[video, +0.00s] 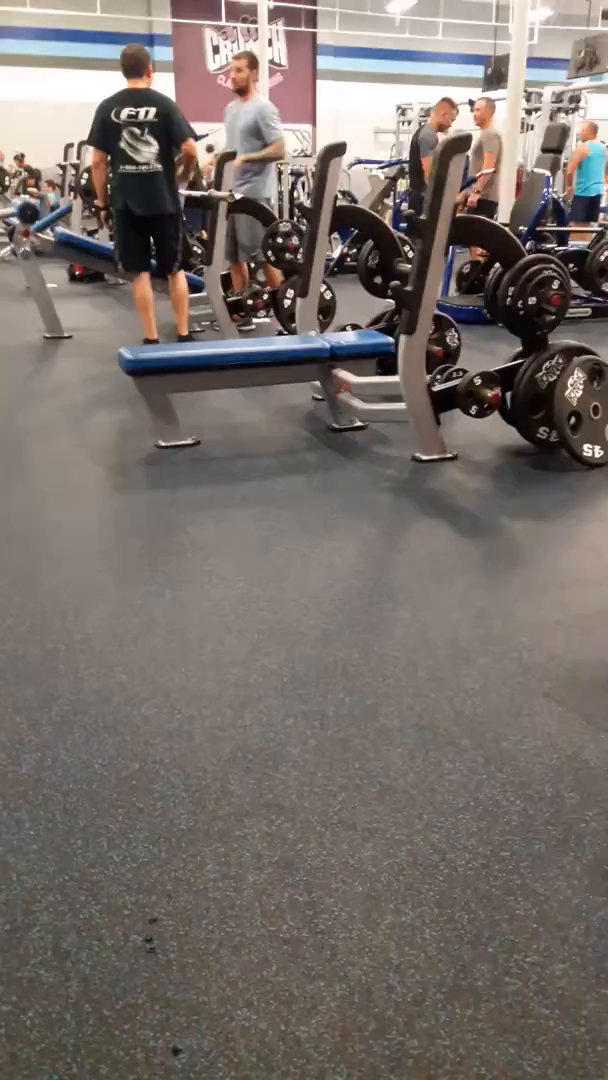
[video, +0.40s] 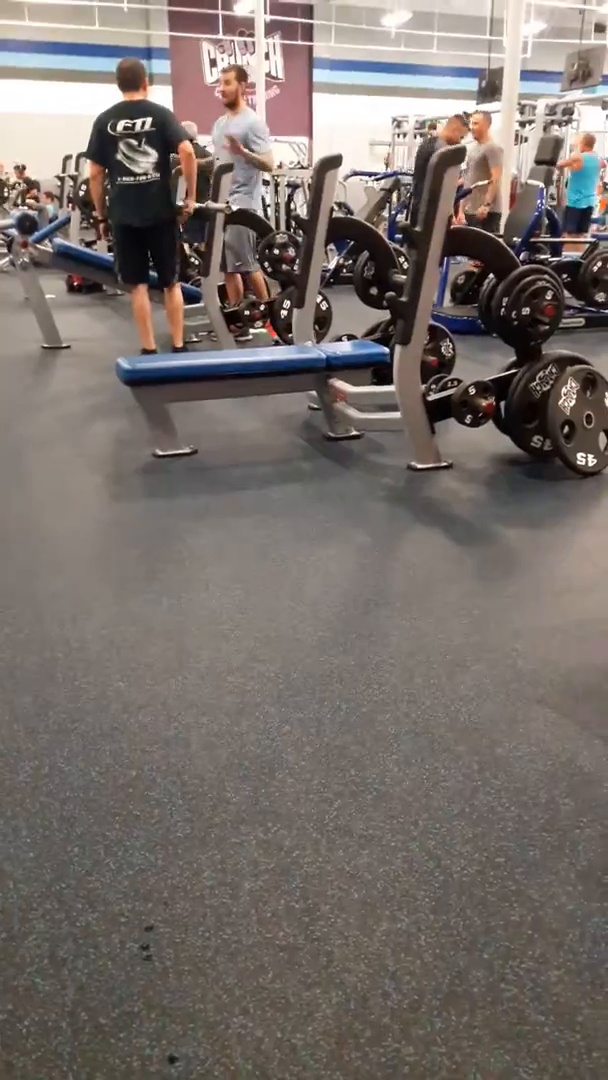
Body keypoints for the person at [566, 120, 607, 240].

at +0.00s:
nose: (580, 133)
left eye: (582, 130)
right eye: (581, 130)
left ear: (588, 132)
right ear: (594, 133)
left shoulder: (583, 148)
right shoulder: (602, 147)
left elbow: (569, 170)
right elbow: (604, 169)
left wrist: (568, 185)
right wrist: (603, 183)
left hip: (583, 191)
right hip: (597, 190)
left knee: (576, 224)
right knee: (588, 225)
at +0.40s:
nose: (579, 145)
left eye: (580, 143)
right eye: (580, 143)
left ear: (583, 144)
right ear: (593, 145)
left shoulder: (577, 157)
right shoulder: (598, 159)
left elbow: (560, 164)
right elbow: (604, 165)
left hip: (575, 201)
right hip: (590, 201)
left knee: (569, 234)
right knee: (582, 234)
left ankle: (568, 261)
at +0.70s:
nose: (573, 153)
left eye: (574, 151)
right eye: (574, 151)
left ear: (574, 152)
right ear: (585, 152)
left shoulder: (571, 163)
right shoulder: (591, 165)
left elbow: (557, 155)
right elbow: (602, 155)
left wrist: (563, 151)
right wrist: (593, 147)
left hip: (566, 208)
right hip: (581, 208)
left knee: (562, 241)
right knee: (574, 242)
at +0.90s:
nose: (568, 155)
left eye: (568, 153)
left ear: (568, 153)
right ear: (579, 154)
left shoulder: (565, 166)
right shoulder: (585, 167)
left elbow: (551, 161)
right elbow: (595, 160)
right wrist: (582, 156)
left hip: (560, 210)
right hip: (575, 210)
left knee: (557, 243)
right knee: (570, 243)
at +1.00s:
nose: (566, 155)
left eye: (566, 153)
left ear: (567, 154)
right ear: (578, 154)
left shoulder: (563, 167)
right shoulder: (583, 168)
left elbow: (548, 166)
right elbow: (594, 168)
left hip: (560, 211)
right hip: (575, 211)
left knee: (556, 244)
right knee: (569, 243)